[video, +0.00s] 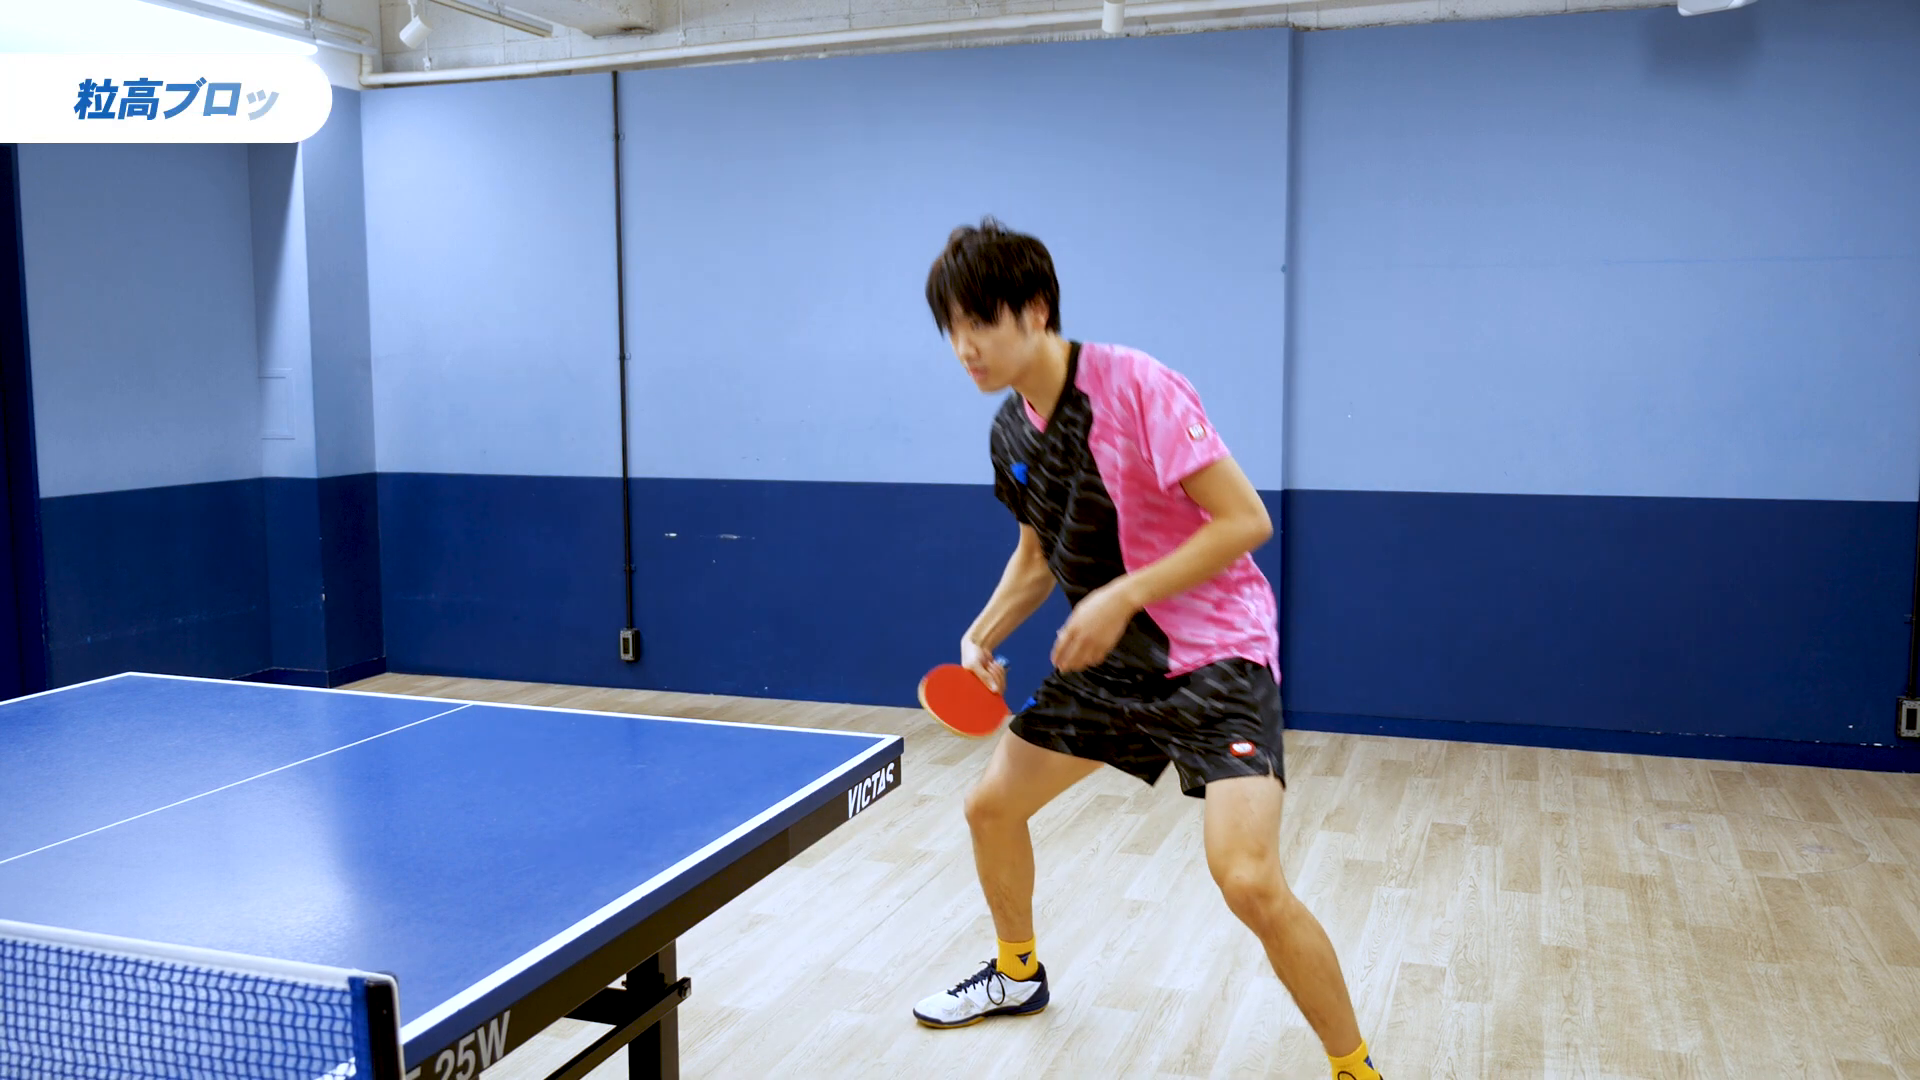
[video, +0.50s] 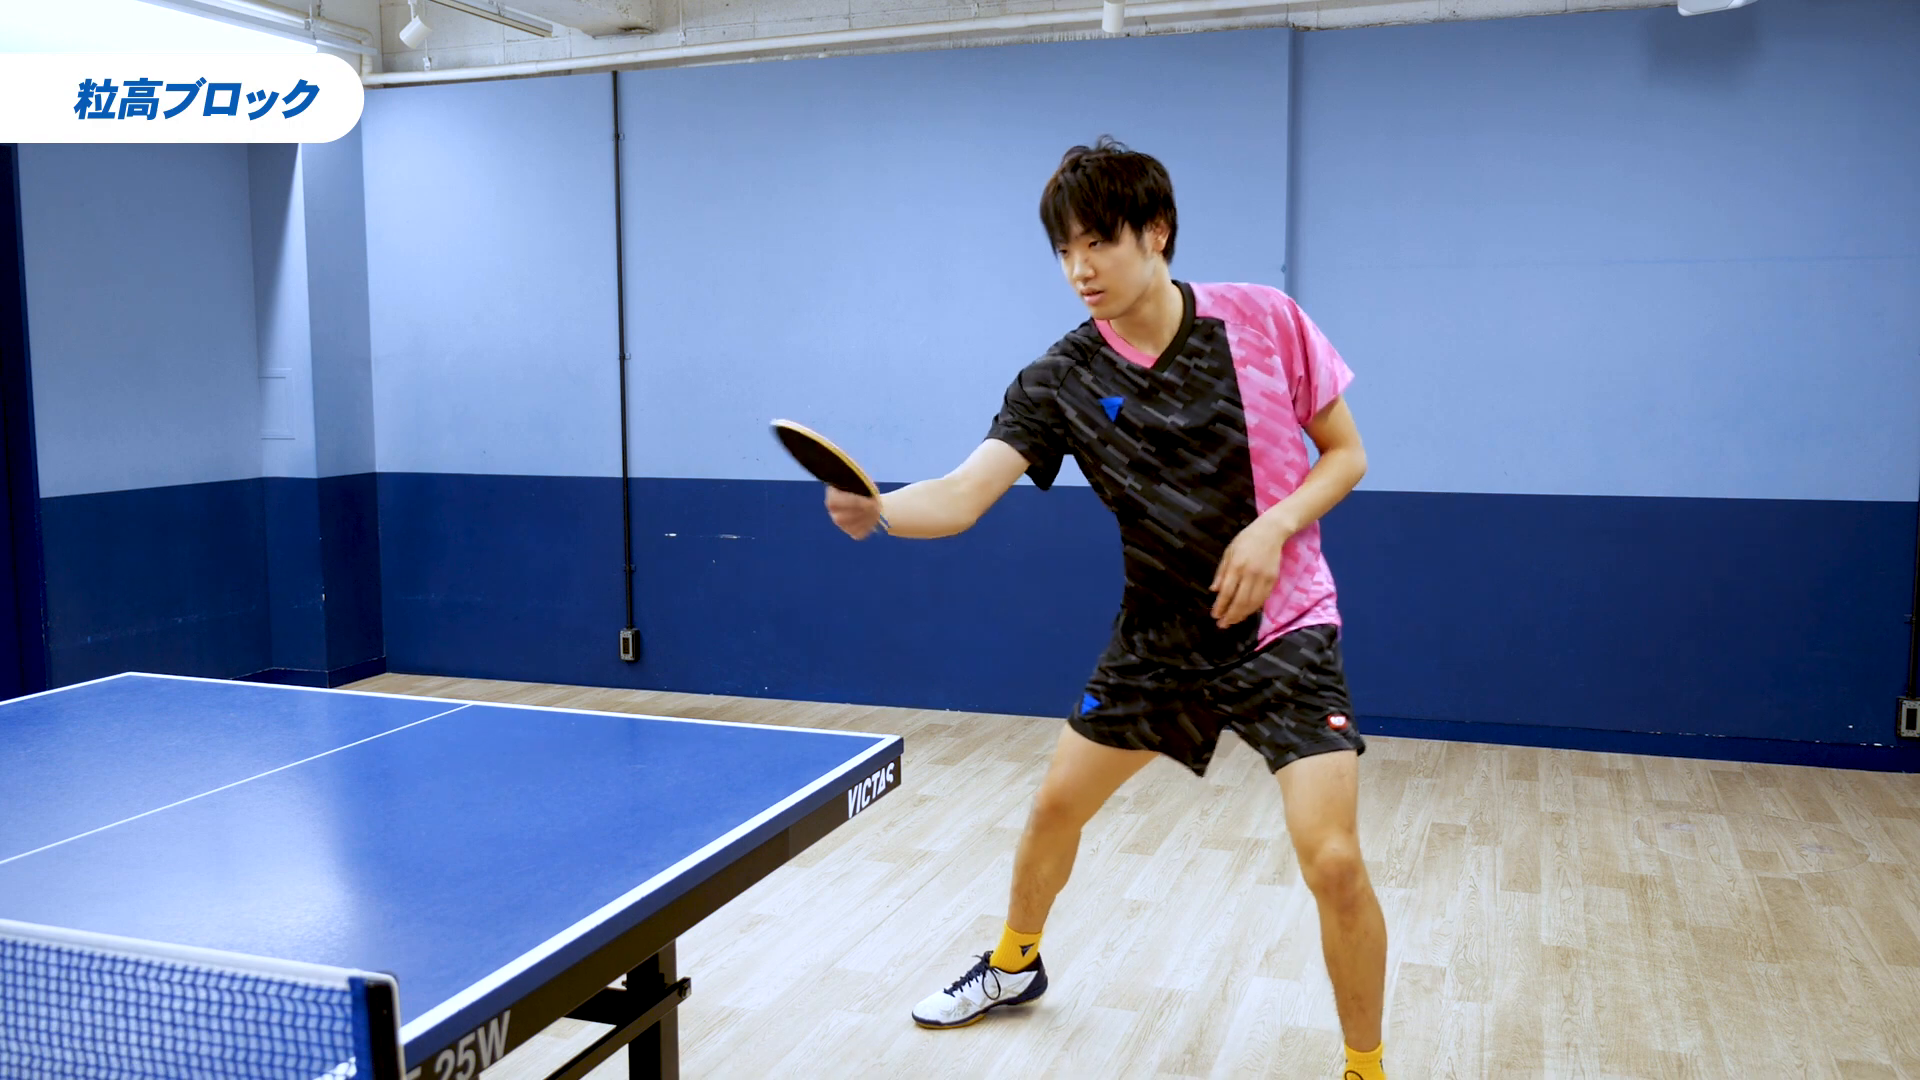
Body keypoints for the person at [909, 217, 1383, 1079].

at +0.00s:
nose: (963, 346)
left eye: (977, 321)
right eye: (952, 328)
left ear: (1036, 312)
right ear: (954, 335)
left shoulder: (1136, 385)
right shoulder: (1013, 431)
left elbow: (1246, 520)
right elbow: (1038, 554)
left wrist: (1123, 595)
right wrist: (982, 634)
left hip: (1219, 659)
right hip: (1114, 658)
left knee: (1248, 879)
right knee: (991, 806)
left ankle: (1353, 1066)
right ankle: (1016, 972)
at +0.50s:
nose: (1080, 266)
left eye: (1098, 240)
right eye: (1065, 246)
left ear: (1157, 235)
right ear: (1057, 256)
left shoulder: (1264, 320)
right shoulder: (1063, 378)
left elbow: (1346, 454)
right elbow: (961, 495)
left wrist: (1273, 529)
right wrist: (881, 510)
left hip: (1285, 625)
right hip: (1162, 626)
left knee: (1336, 866)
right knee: (1057, 803)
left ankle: (1366, 1067)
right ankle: (1013, 966)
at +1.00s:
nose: (1012, 310)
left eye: (1029, 284)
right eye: (1001, 292)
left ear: (1088, 277)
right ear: (1002, 300)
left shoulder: (1191, 364)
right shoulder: (1050, 407)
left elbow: (1289, 505)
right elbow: (1075, 539)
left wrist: (1161, 574)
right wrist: (1017, 620)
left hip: (1252, 640)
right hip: (1147, 644)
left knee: (1271, 878)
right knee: (1036, 797)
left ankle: (1359, 1069)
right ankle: (1017, 969)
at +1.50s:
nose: (1039, 334)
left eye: (1053, 306)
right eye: (1024, 317)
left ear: (1109, 285)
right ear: (1015, 319)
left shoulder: (1229, 333)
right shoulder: (1045, 422)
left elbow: (1329, 452)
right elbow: (1016, 580)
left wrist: (1241, 542)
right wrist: (965, 596)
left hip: (1271, 624)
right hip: (1153, 630)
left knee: (1309, 855)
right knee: (1051, 798)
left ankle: (1363, 1065)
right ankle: (1016, 967)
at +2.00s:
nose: (1039, 290)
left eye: (1057, 265)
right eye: (1026, 272)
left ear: (1113, 261)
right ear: (1020, 283)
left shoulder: (1212, 354)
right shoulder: (1042, 401)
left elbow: (1294, 496)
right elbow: (1042, 548)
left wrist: (1179, 562)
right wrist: (991, 613)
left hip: (1229, 650)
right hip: (1115, 650)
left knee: (1273, 877)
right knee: (999, 809)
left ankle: (1358, 1068)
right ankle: (1022, 972)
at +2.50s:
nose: (1023, 380)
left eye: (1036, 353)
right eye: (1010, 362)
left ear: (1094, 332)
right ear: (1007, 362)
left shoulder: (1214, 399)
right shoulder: (1056, 451)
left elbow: (1317, 529)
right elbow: (1057, 578)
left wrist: (1195, 609)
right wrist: (1013, 620)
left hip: (1257, 667)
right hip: (1151, 669)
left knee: (1257, 893)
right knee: (1011, 813)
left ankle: (1357, 1069)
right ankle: (1023, 973)